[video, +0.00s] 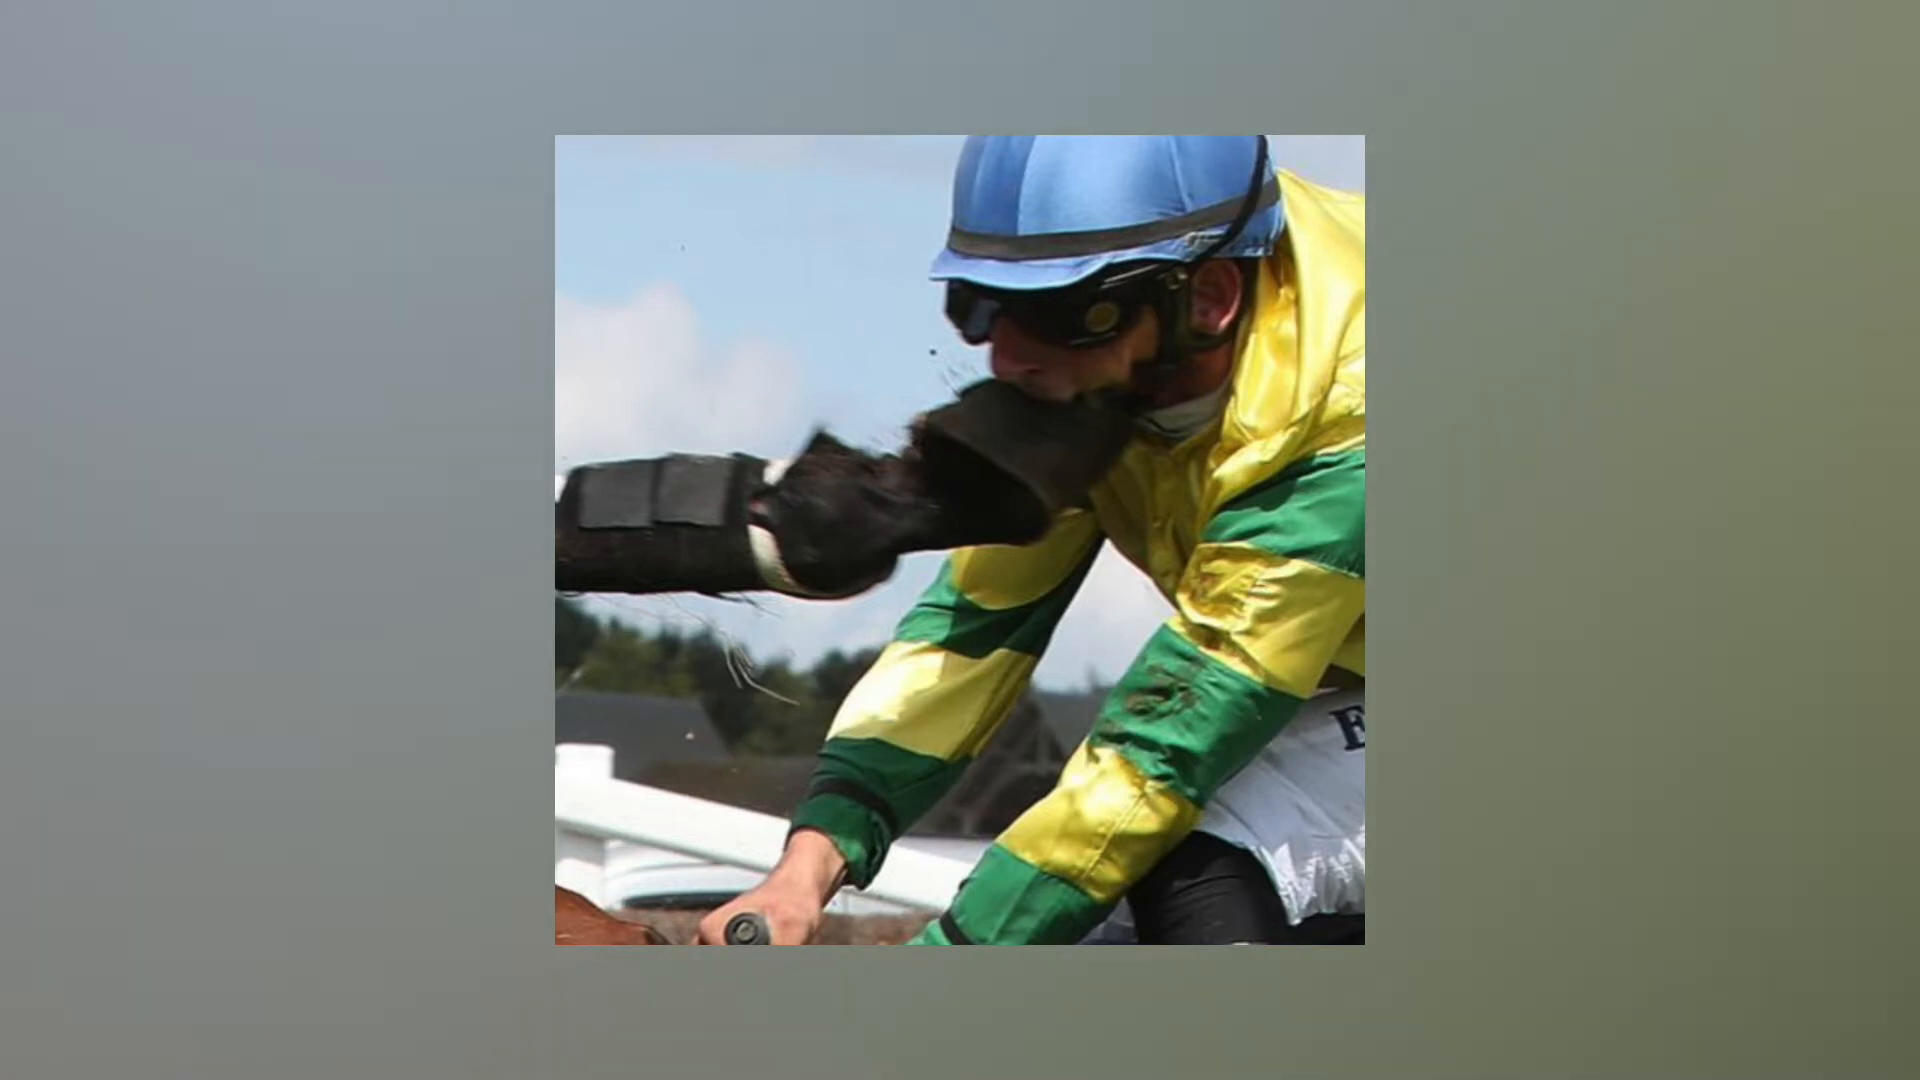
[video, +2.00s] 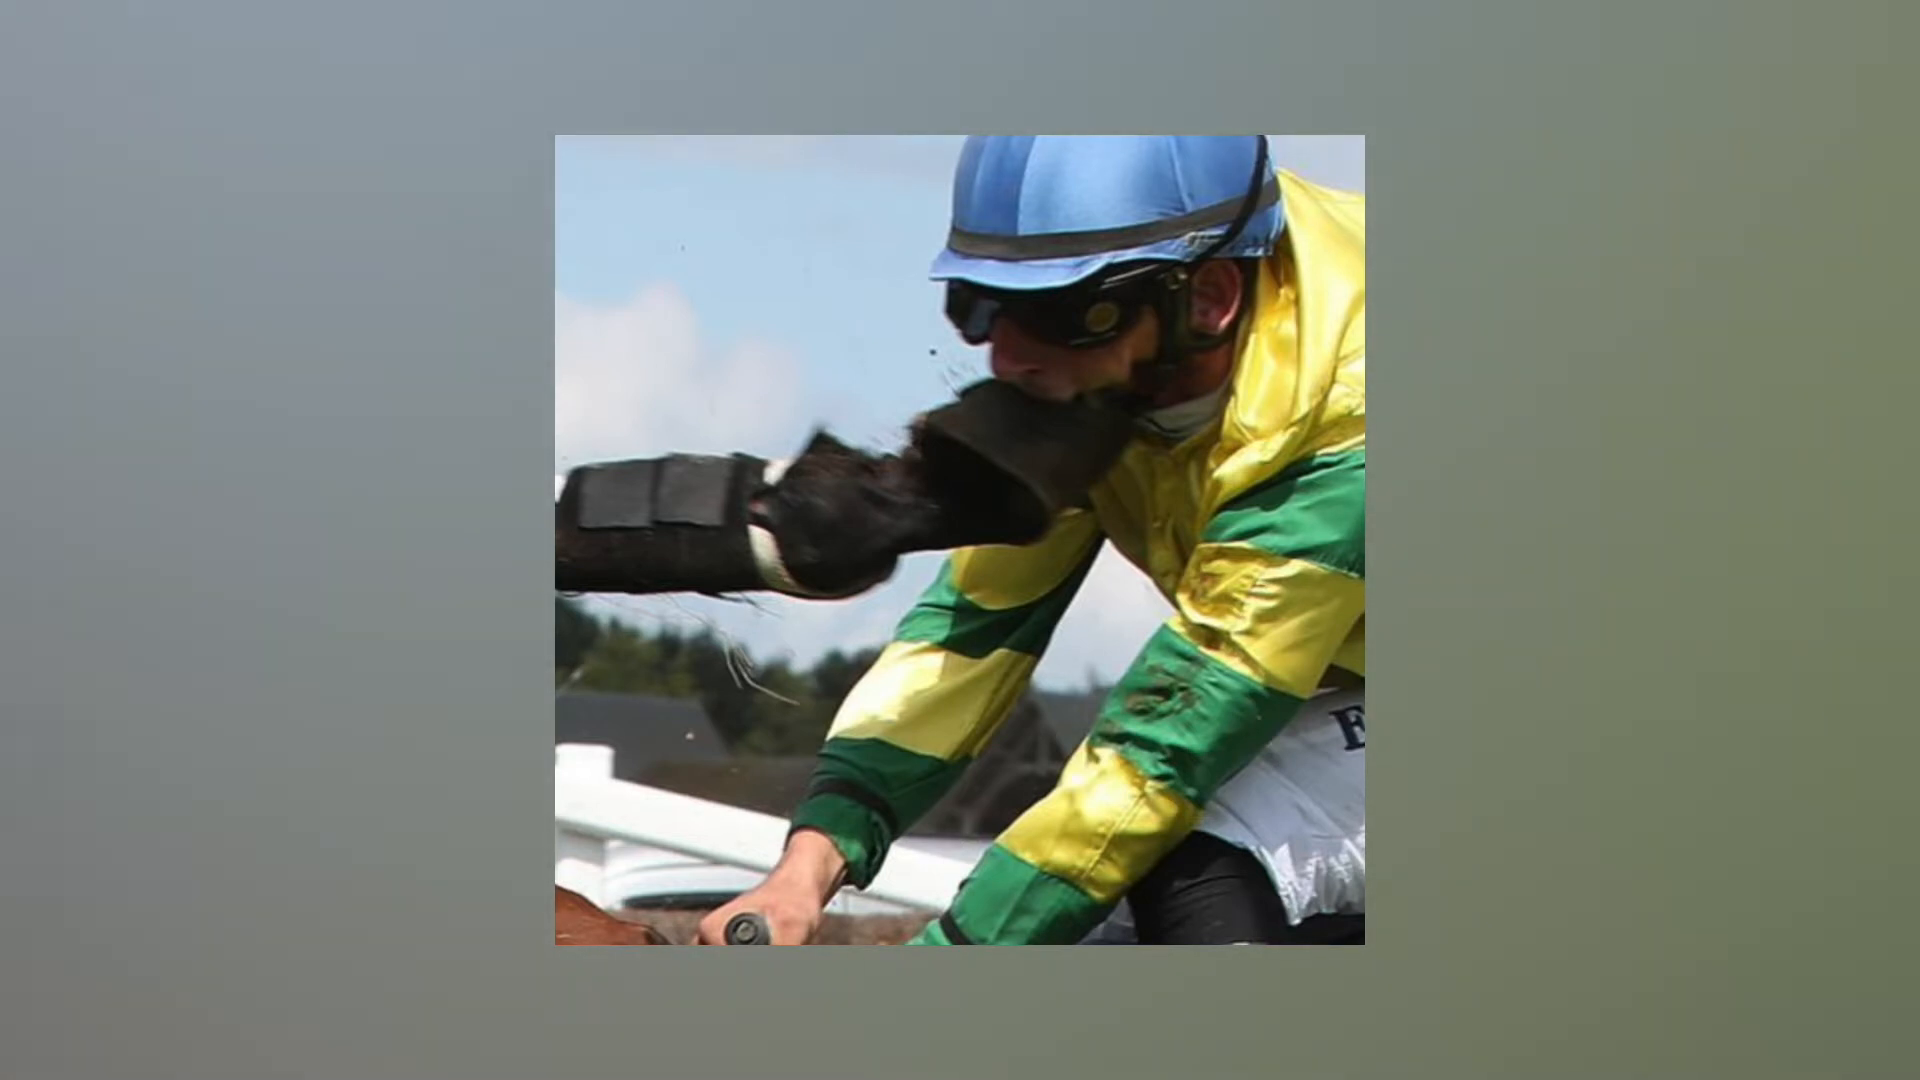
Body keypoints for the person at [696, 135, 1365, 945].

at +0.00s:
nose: (1005, 359)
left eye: (1056, 319)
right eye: (989, 310)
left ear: (1210, 298)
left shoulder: (1341, 428)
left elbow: (1161, 751)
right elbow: (969, 623)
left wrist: (933, 966)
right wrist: (805, 871)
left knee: (1204, 864)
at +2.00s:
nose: (1005, 358)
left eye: (1056, 319)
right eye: (989, 309)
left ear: (1210, 298)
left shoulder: (1341, 429)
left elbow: (1160, 752)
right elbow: (969, 623)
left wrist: (933, 965)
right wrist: (805, 871)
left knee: (1205, 865)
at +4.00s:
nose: (1005, 358)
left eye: (1056, 319)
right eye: (989, 309)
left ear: (1209, 298)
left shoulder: (1341, 429)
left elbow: (1160, 751)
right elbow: (969, 623)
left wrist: (932, 967)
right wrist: (805, 871)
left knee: (1204, 864)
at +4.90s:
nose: (1005, 359)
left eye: (1056, 319)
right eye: (988, 309)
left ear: (1209, 299)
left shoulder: (1342, 428)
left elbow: (1160, 751)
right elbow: (969, 624)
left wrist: (934, 964)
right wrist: (804, 871)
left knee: (1204, 863)